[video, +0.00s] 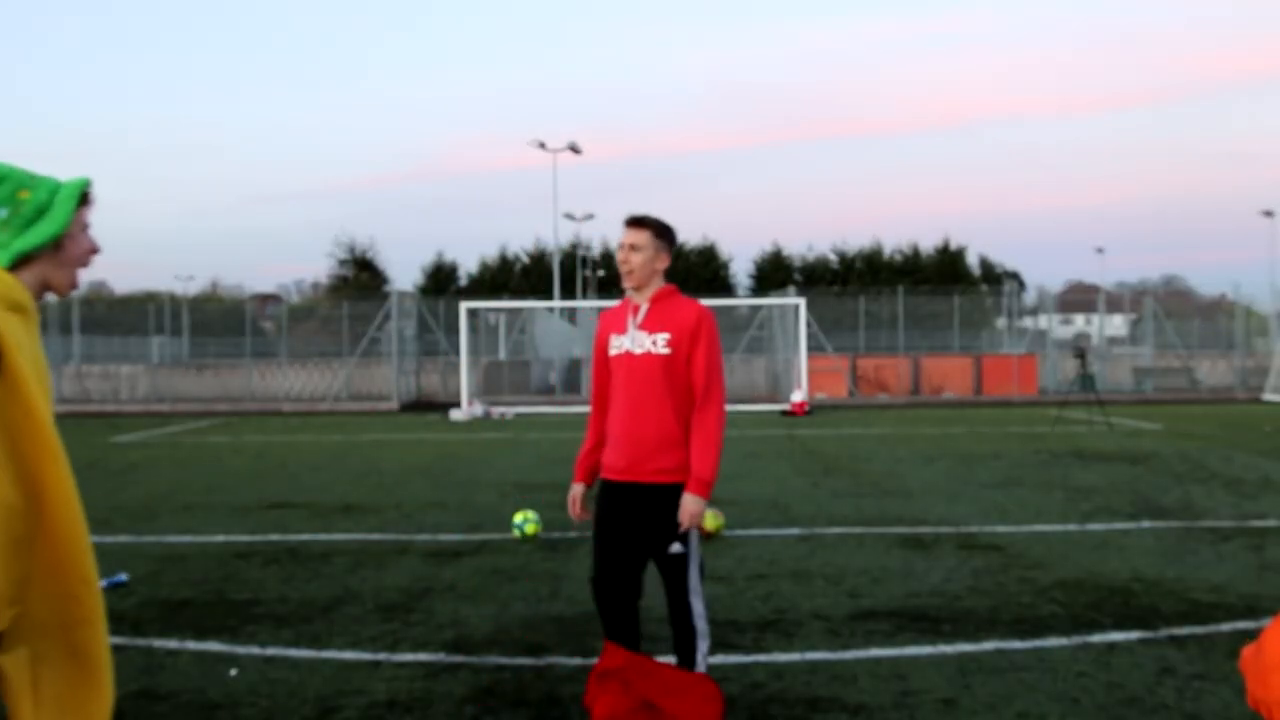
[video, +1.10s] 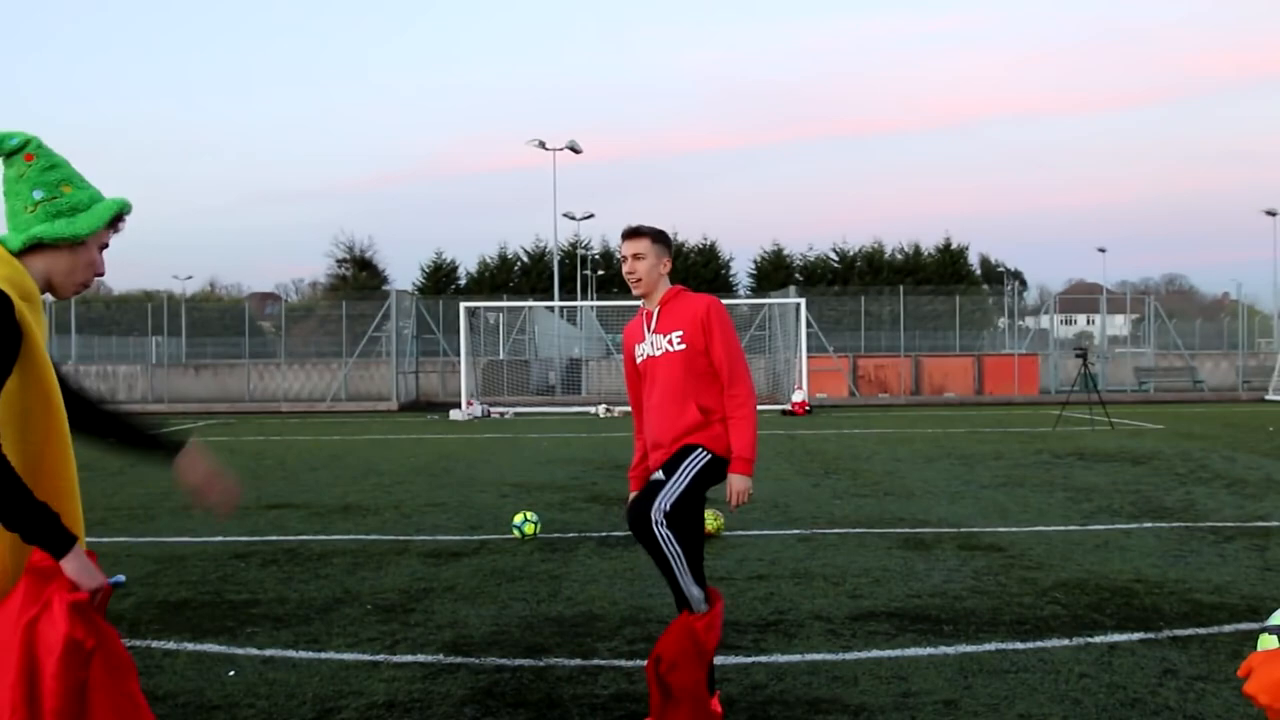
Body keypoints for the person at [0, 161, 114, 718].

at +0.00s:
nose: (94, 248)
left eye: (89, 230)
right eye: (82, 230)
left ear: (39, 237)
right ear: (37, 235)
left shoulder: (21, 325)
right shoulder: (9, 328)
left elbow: (30, 479)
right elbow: (17, 482)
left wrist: (64, 576)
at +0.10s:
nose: (108, 245)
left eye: (103, 227)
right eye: (97, 226)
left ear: (53, 231)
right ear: (52, 229)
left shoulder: (31, 318)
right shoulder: (12, 319)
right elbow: (11, 485)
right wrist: (10, 630)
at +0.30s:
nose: (133, 256)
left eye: (133, 239)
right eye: (126, 239)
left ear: (81, 236)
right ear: (82, 236)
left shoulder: (51, 308)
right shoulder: (22, 304)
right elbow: (15, 468)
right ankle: (46, 691)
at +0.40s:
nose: (143, 246)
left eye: (138, 230)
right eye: (133, 230)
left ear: (92, 236)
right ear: (93, 236)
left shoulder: (62, 308)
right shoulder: (30, 305)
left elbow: (65, 452)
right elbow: (21, 453)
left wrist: (114, 529)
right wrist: (12, 554)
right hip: (29, 556)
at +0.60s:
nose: (134, 245)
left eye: (131, 227)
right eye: (126, 225)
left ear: (82, 228)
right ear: (85, 227)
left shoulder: (52, 303)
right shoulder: (21, 305)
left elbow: (67, 427)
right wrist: (16, 539)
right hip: (24, 581)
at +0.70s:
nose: (127, 256)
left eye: (128, 238)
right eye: (121, 236)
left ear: (76, 233)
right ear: (79, 230)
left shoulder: (45, 304)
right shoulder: (19, 303)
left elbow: (79, 412)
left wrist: (186, 420)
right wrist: (32, 537)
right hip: (21, 581)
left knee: (59, 695)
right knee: (36, 700)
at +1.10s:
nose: (101, 268)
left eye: (104, 250)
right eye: (98, 248)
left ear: (52, 238)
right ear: (53, 235)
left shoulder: (21, 310)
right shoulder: (8, 310)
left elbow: (75, 410)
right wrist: (61, 545)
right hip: (10, 588)